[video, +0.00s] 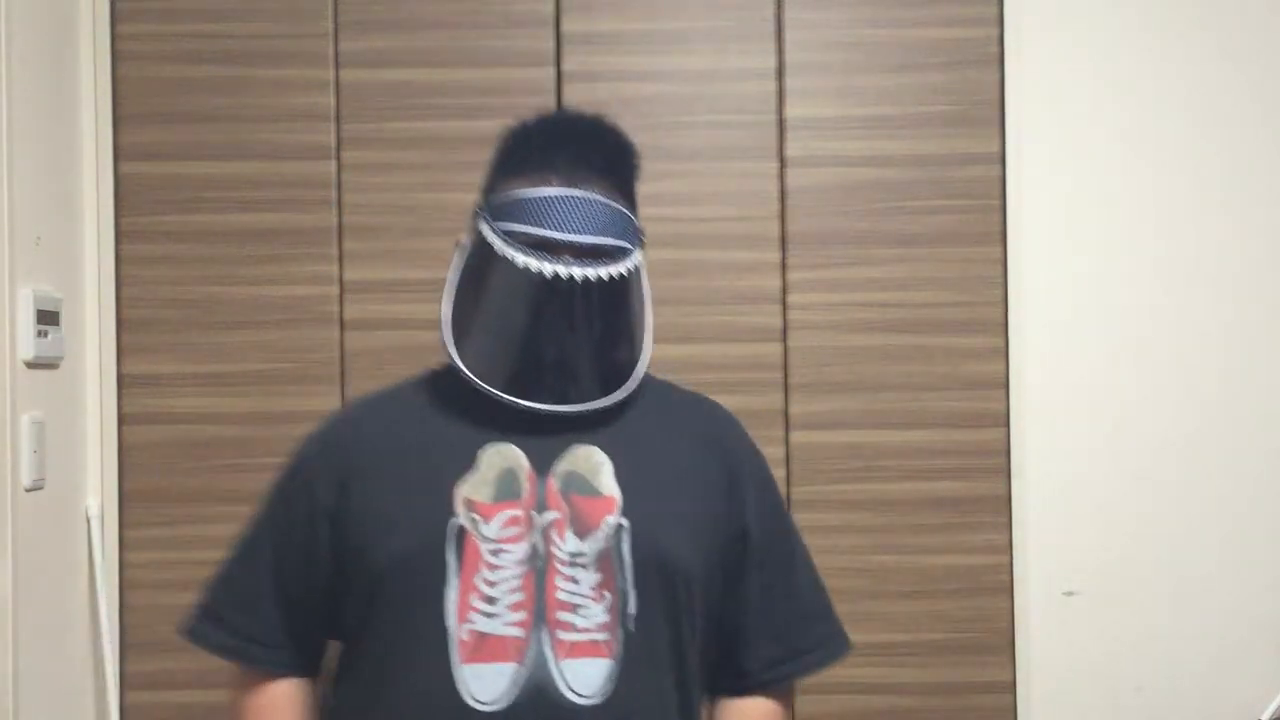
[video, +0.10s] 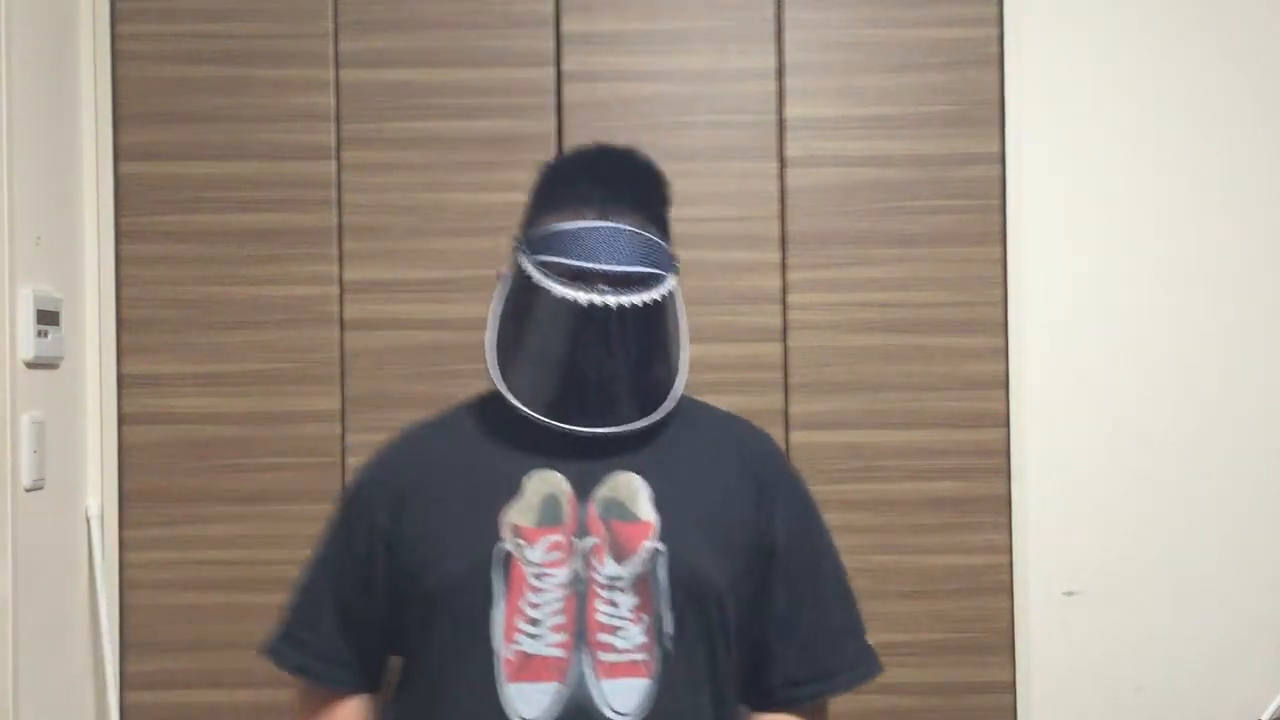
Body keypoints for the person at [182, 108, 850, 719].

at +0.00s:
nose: (557, 286)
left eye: (587, 258)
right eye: (531, 253)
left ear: (629, 263)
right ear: (479, 251)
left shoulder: (711, 452)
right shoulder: (356, 452)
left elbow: (753, 689)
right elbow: (273, 672)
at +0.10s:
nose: (596, 311)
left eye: (622, 285)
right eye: (570, 280)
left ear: (663, 289)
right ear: (520, 277)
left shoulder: (750, 476)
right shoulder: (411, 478)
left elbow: (787, 701)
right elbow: (332, 685)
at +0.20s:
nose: (635, 315)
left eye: (662, 289)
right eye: (606, 289)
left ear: (702, 288)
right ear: (561, 284)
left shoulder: (781, 468)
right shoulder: (468, 473)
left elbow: (828, 692)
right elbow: (396, 687)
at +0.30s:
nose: (662, 315)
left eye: (687, 289)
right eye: (637, 289)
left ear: (726, 279)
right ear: (592, 279)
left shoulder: (807, 447)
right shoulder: (500, 457)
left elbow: (862, 657)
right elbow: (444, 652)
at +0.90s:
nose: (645, 294)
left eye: (668, 273)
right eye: (624, 272)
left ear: (702, 274)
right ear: (588, 271)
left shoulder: (778, 421)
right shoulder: (508, 424)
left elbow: (828, 595)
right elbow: (459, 572)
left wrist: (820, 710)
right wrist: (486, 697)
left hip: (731, 704)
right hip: (562, 705)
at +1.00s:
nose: (628, 299)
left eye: (651, 279)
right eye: (606, 278)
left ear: (685, 281)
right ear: (572, 275)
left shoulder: (752, 427)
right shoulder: (492, 426)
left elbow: (802, 588)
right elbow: (429, 551)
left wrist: (783, 710)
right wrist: (481, 644)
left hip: (708, 705)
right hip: (549, 708)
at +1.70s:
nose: (575, 324)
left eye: (596, 305)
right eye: (556, 304)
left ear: (629, 307)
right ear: (525, 303)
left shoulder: (701, 437)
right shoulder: (461, 446)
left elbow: (756, 590)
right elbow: (402, 569)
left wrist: (723, 712)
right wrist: (433, 611)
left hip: (662, 704)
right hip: (505, 705)